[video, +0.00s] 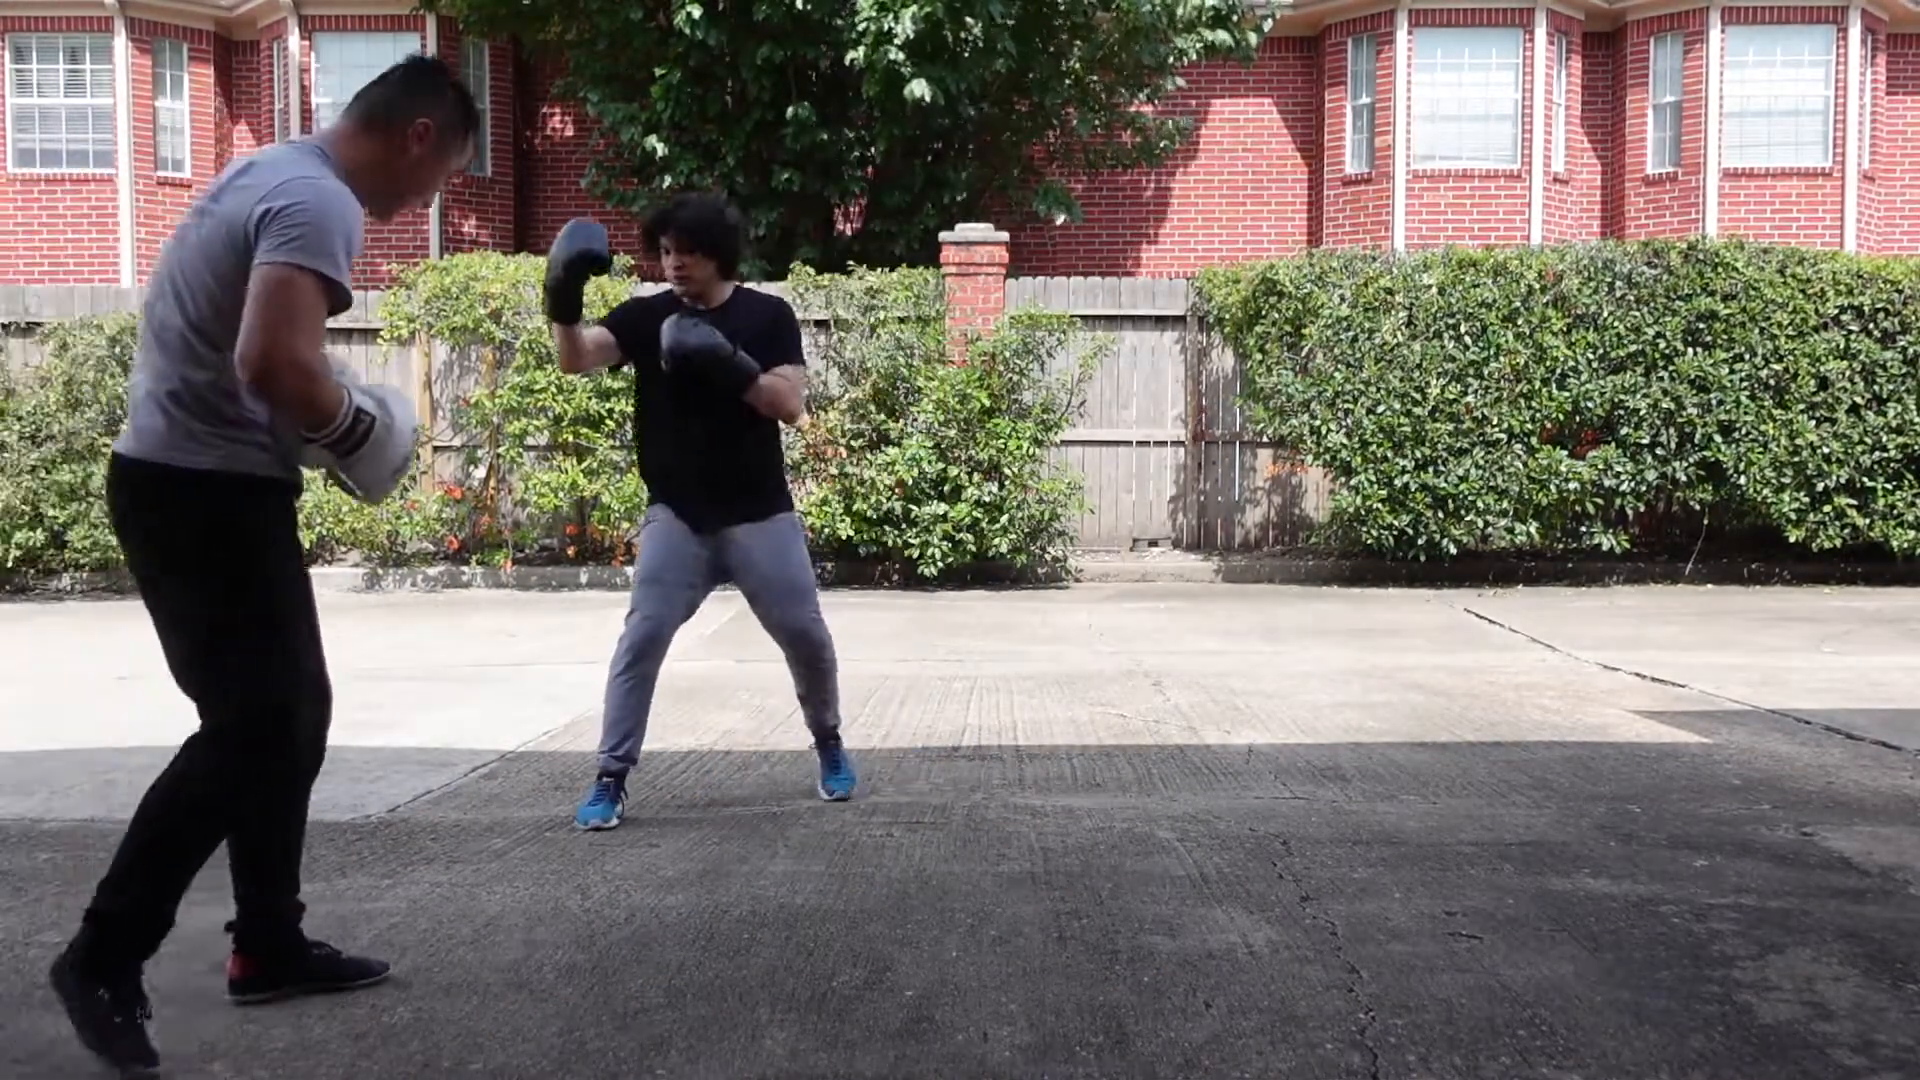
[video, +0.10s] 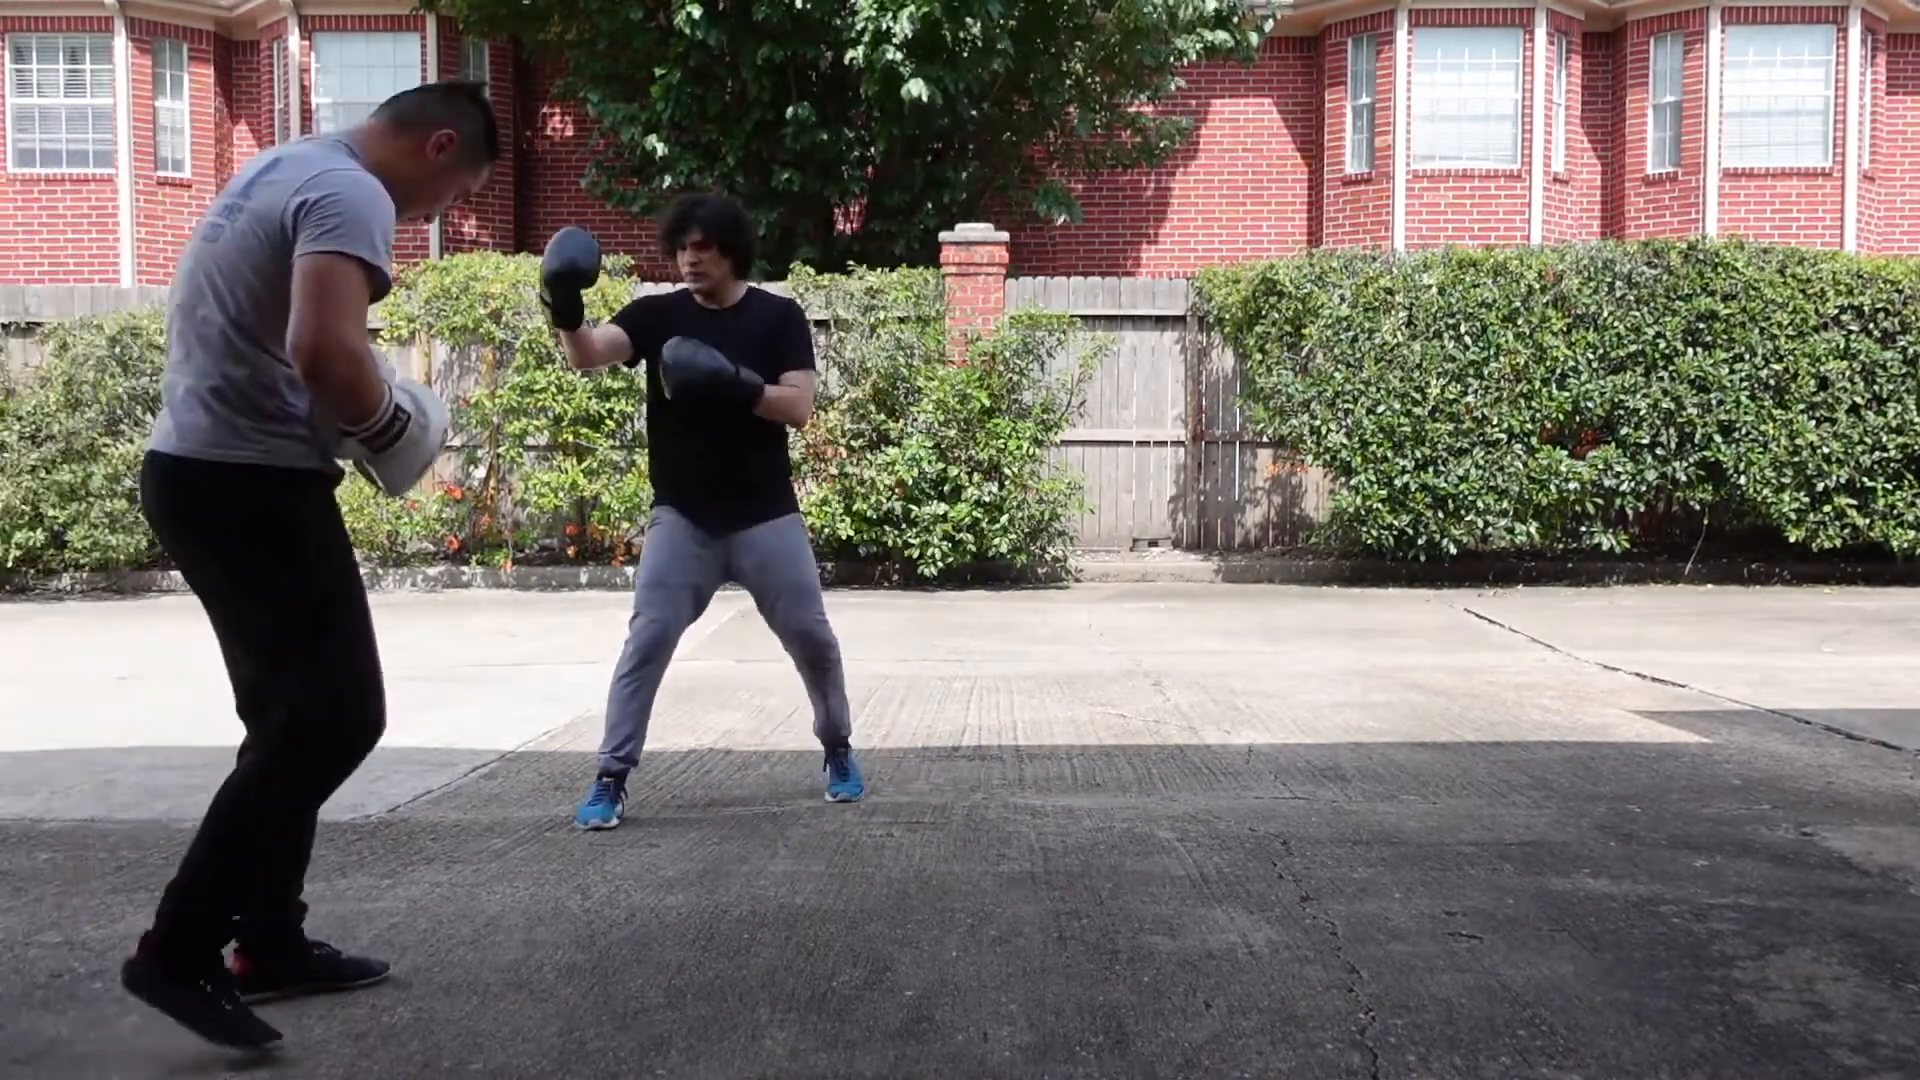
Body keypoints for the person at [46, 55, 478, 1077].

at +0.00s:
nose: (438, 193)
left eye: (447, 175)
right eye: (446, 169)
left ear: (382, 118)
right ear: (418, 133)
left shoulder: (281, 175)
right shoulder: (311, 197)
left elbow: (255, 350)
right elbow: (273, 360)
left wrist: (345, 411)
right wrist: (354, 430)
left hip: (223, 483)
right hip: (201, 488)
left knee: (293, 713)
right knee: (255, 723)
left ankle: (268, 944)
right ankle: (99, 962)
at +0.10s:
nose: (434, 212)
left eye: (450, 198)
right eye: (451, 191)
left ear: (410, 130)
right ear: (437, 145)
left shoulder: (299, 167)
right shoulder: (344, 187)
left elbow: (286, 343)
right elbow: (326, 349)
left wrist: (374, 414)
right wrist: (389, 426)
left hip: (213, 474)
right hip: (254, 481)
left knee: (296, 718)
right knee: (336, 718)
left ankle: (271, 945)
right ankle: (175, 958)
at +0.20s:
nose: (456, 219)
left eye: (470, 206)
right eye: (471, 199)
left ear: (426, 132)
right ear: (458, 152)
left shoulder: (303, 168)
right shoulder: (378, 181)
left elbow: (276, 339)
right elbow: (366, 342)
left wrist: (378, 409)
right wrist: (422, 422)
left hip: (218, 468)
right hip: (292, 480)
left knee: (290, 707)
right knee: (390, 710)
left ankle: (270, 942)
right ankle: (306, 978)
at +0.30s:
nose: (477, 224)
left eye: (490, 216)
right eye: (491, 208)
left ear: (439, 135)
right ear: (481, 161)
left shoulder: (317, 169)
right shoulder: (415, 187)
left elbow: (283, 330)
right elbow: (409, 351)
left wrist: (384, 396)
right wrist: (443, 417)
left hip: (229, 467)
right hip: (318, 475)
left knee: (296, 703)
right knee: (413, 720)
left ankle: (270, 947)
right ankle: (445, 981)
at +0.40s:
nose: (511, 220)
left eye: (521, 209)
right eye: (521, 204)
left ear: (461, 138)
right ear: (505, 166)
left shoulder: (334, 167)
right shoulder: (455, 193)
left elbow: (280, 306)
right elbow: (460, 360)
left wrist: (398, 392)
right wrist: (461, 425)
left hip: (251, 475)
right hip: (353, 487)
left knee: (311, 704)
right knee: (437, 732)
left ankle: (271, 947)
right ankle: (481, 980)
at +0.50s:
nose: (539, 217)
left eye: (549, 207)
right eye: (548, 204)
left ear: (485, 136)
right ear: (530, 164)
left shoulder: (349, 160)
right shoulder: (493, 201)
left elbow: (271, 283)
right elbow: (506, 380)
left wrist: (393, 364)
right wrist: (485, 421)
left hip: (278, 477)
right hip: (392, 491)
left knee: (336, 705)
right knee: (470, 732)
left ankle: (278, 943)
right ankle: (493, 983)